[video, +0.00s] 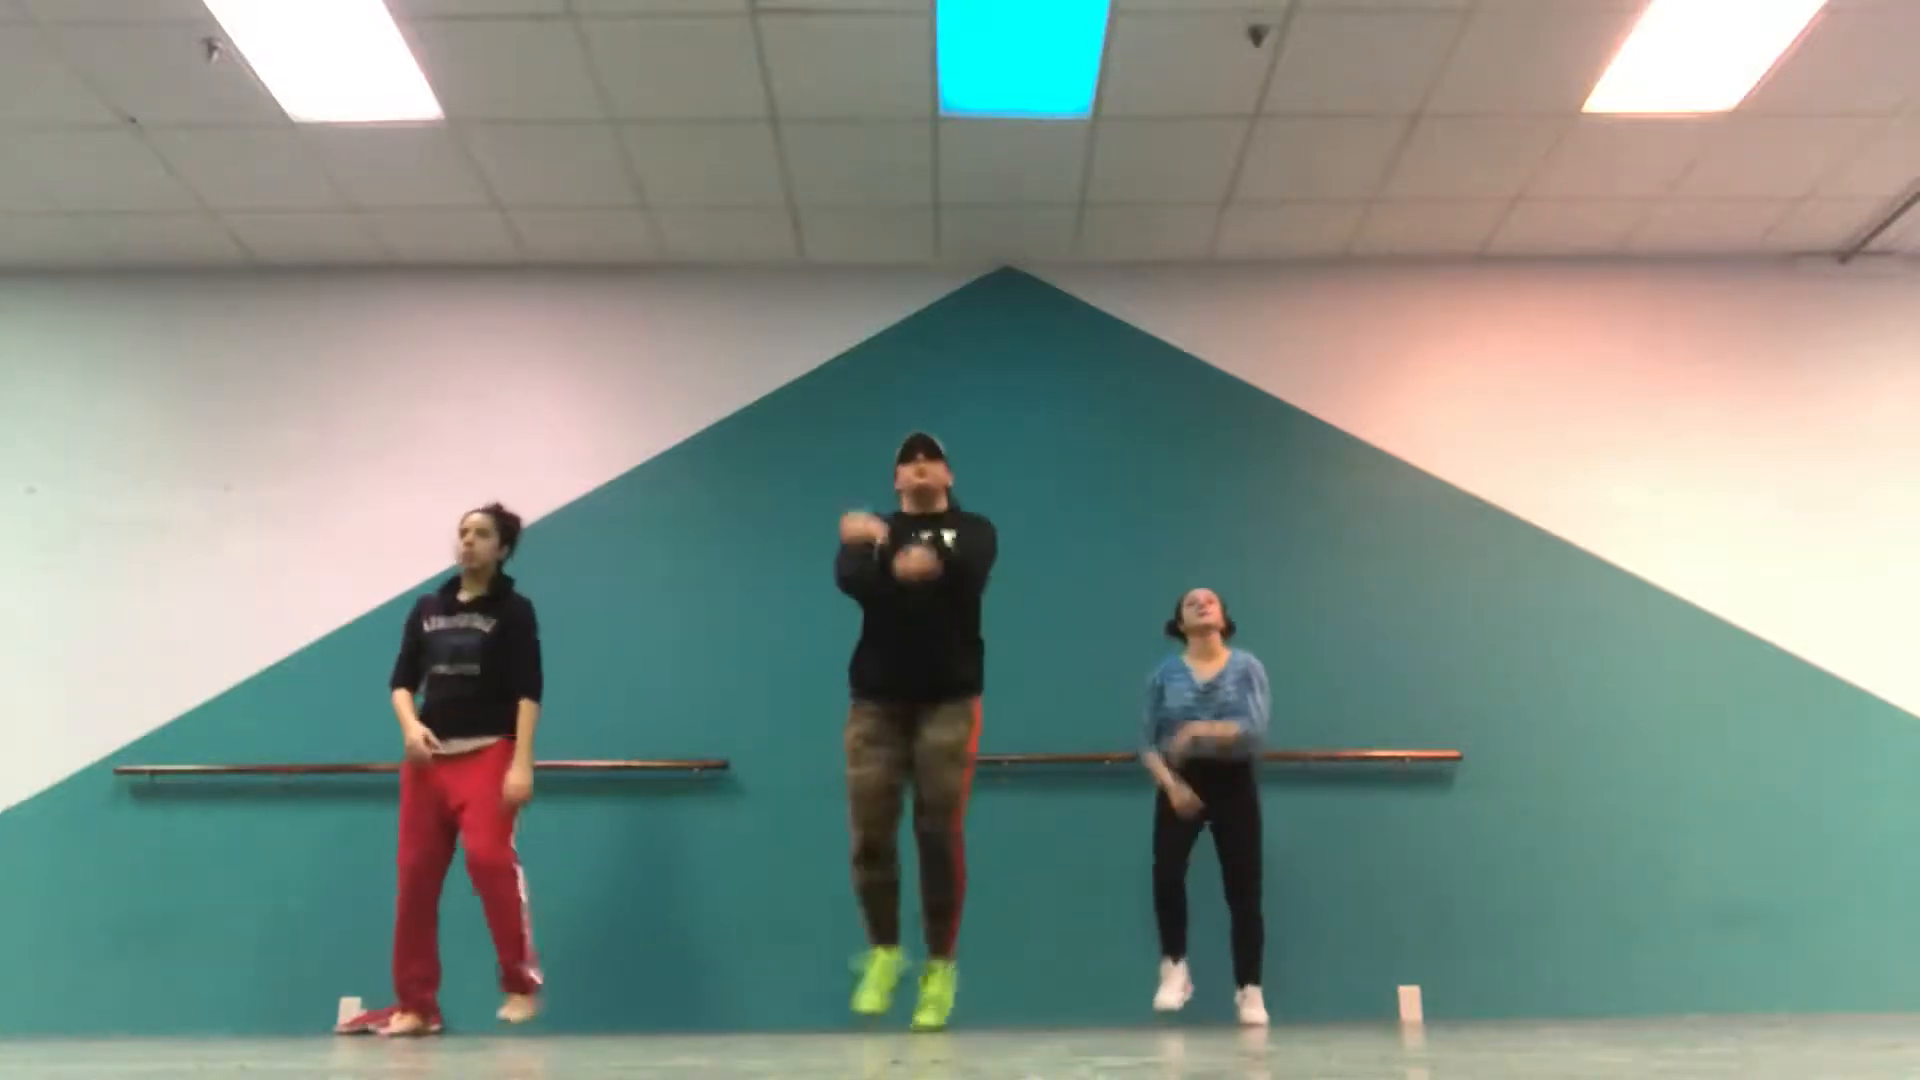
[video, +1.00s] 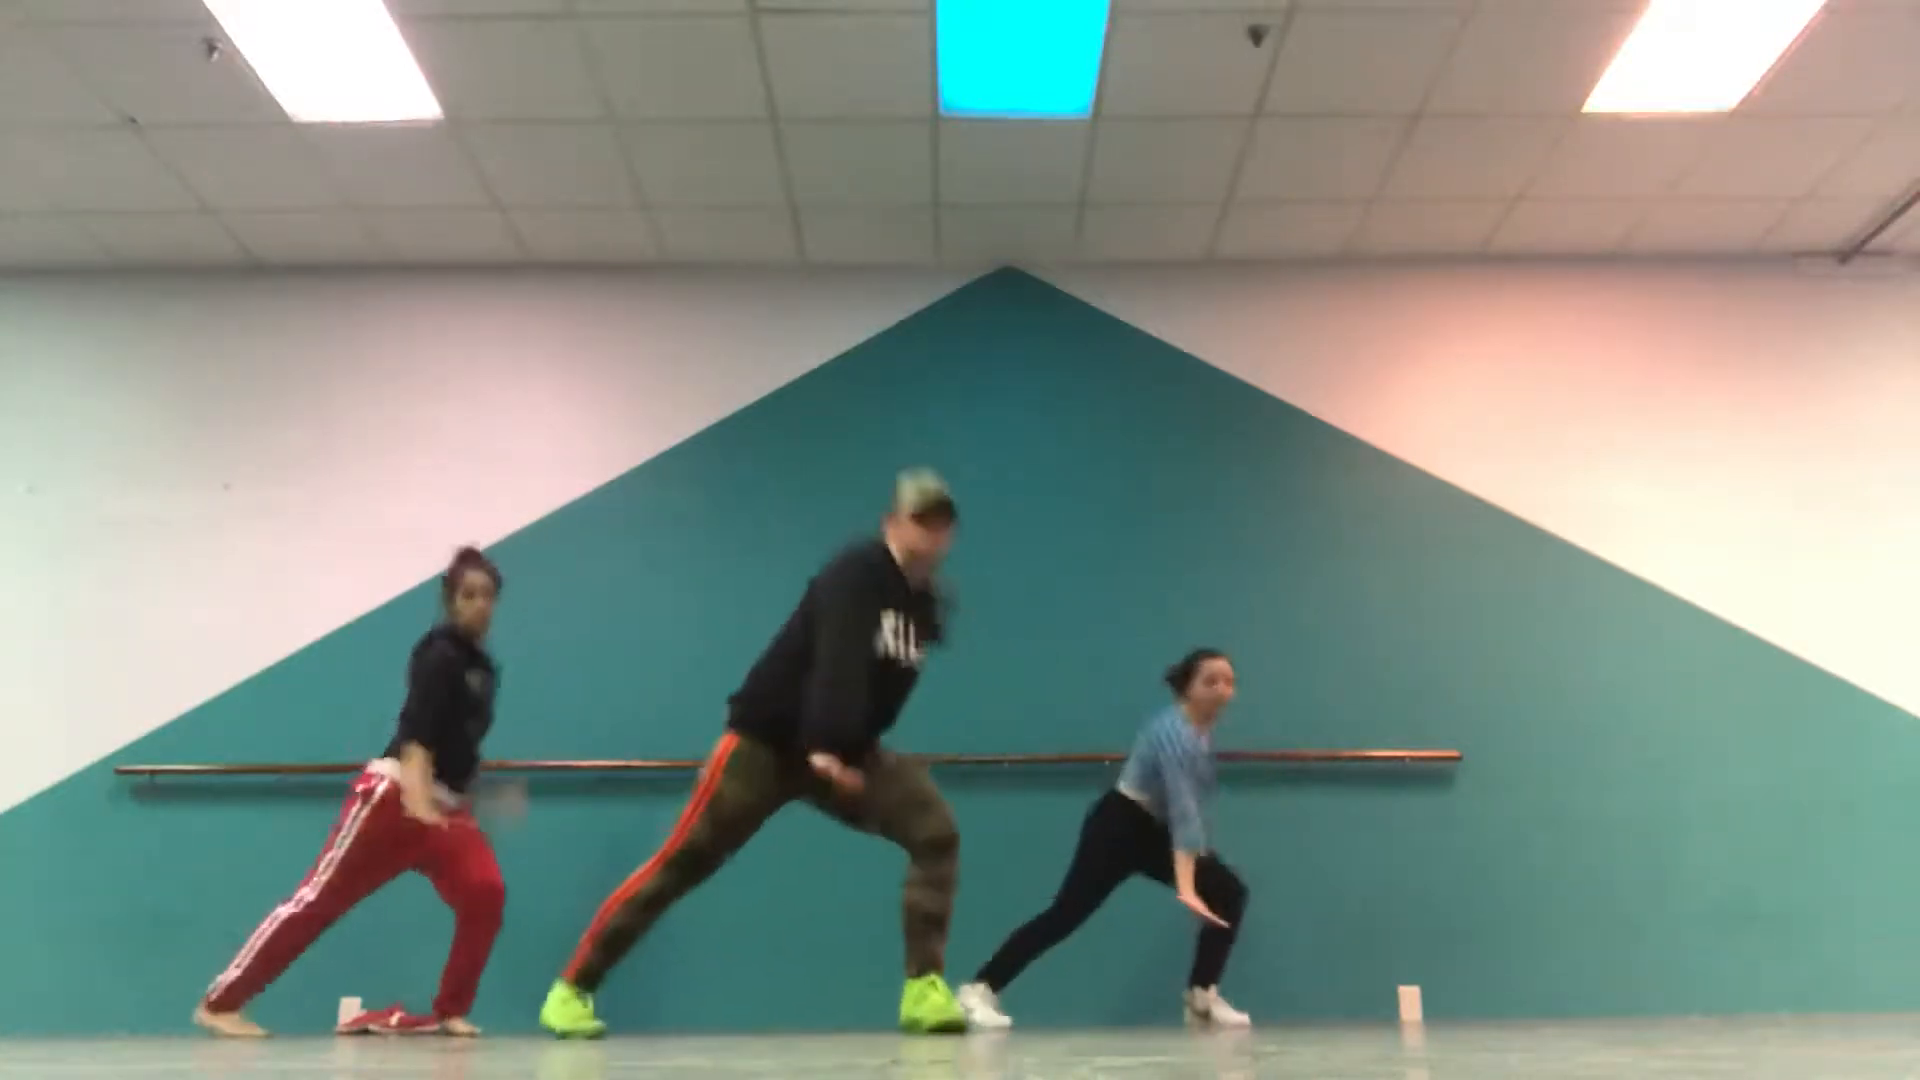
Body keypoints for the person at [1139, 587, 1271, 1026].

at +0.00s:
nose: (1202, 605)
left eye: (1210, 601)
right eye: (1192, 603)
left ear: (1224, 619)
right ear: (1180, 624)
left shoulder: (1246, 667)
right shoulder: (1164, 674)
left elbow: (1255, 730)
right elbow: (1146, 743)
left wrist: (1198, 730)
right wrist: (1172, 785)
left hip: (1232, 775)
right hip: (1181, 774)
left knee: (1244, 885)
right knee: (1166, 873)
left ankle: (1249, 989)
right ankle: (1174, 969)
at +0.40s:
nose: (1206, 624)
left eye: (1214, 618)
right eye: (1197, 616)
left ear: (1224, 633)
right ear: (1179, 630)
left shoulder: (1237, 684)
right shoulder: (1159, 685)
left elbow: (1234, 732)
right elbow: (1148, 755)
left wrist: (1229, 738)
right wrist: (1160, 817)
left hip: (1226, 787)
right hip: (1181, 790)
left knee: (1240, 889)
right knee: (1198, 896)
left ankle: (1232, 987)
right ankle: (1212, 988)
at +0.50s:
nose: (1208, 607)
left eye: (1215, 602)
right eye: (1199, 600)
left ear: (1226, 617)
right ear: (1179, 612)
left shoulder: (1237, 670)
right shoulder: (1156, 660)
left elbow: (1250, 742)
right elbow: (1120, 717)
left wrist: (1268, 803)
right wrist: (1110, 744)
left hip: (1220, 766)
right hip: (1169, 766)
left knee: (1230, 878)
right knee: (1175, 869)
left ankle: (1233, 983)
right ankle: (1198, 943)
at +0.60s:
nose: (1208, 619)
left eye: (1216, 614)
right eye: (1200, 611)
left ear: (1227, 625)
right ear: (1182, 618)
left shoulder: (1237, 680)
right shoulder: (1151, 661)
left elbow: (1250, 751)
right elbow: (1093, 681)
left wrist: (1275, 811)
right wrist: (1083, 663)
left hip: (1211, 772)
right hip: (1159, 766)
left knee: (1224, 883)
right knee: (1149, 823)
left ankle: (1229, 987)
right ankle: (1162, 883)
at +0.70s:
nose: (1211, 626)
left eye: (1220, 620)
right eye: (1203, 616)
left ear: (1230, 630)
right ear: (1186, 621)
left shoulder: (1236, 685)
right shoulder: (1154, 658)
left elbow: (1238, 753)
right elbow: (1091, 669)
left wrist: (1250, 809)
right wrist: (1112, 662)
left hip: (1195, 777)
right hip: (1147, 764)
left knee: (1225, 879)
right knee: (1124, 788)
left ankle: (1230, 984)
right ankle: (1107, 879)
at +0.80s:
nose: (1222, 641)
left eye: (1231, 635)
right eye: (1214, 631)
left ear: (1238, 645)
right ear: (1195, 634)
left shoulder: (1235, 695)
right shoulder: (1169, 668)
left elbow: (1213, 757)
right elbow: (1123, 694)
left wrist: (1210, 815)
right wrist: (1143, 739)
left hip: (1178, 791)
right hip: (1130, 774)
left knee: (1222, 874)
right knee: (1093, 839)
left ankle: (1219, 984)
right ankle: (1038, 915)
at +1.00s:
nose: (1225, 692)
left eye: (1229, 683)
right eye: (1214, 683)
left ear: (1232, 687)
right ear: (1188, 688)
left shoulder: (1198, 735)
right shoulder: (1172, 733)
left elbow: (1194, 805)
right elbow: (1183, 812)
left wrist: (1198, 857)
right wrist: (1186, 889)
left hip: (1155, 833)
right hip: (1119, 826)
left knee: (1228, 894)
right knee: (1067, 914)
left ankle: (1202, 993)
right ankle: (980, 990)